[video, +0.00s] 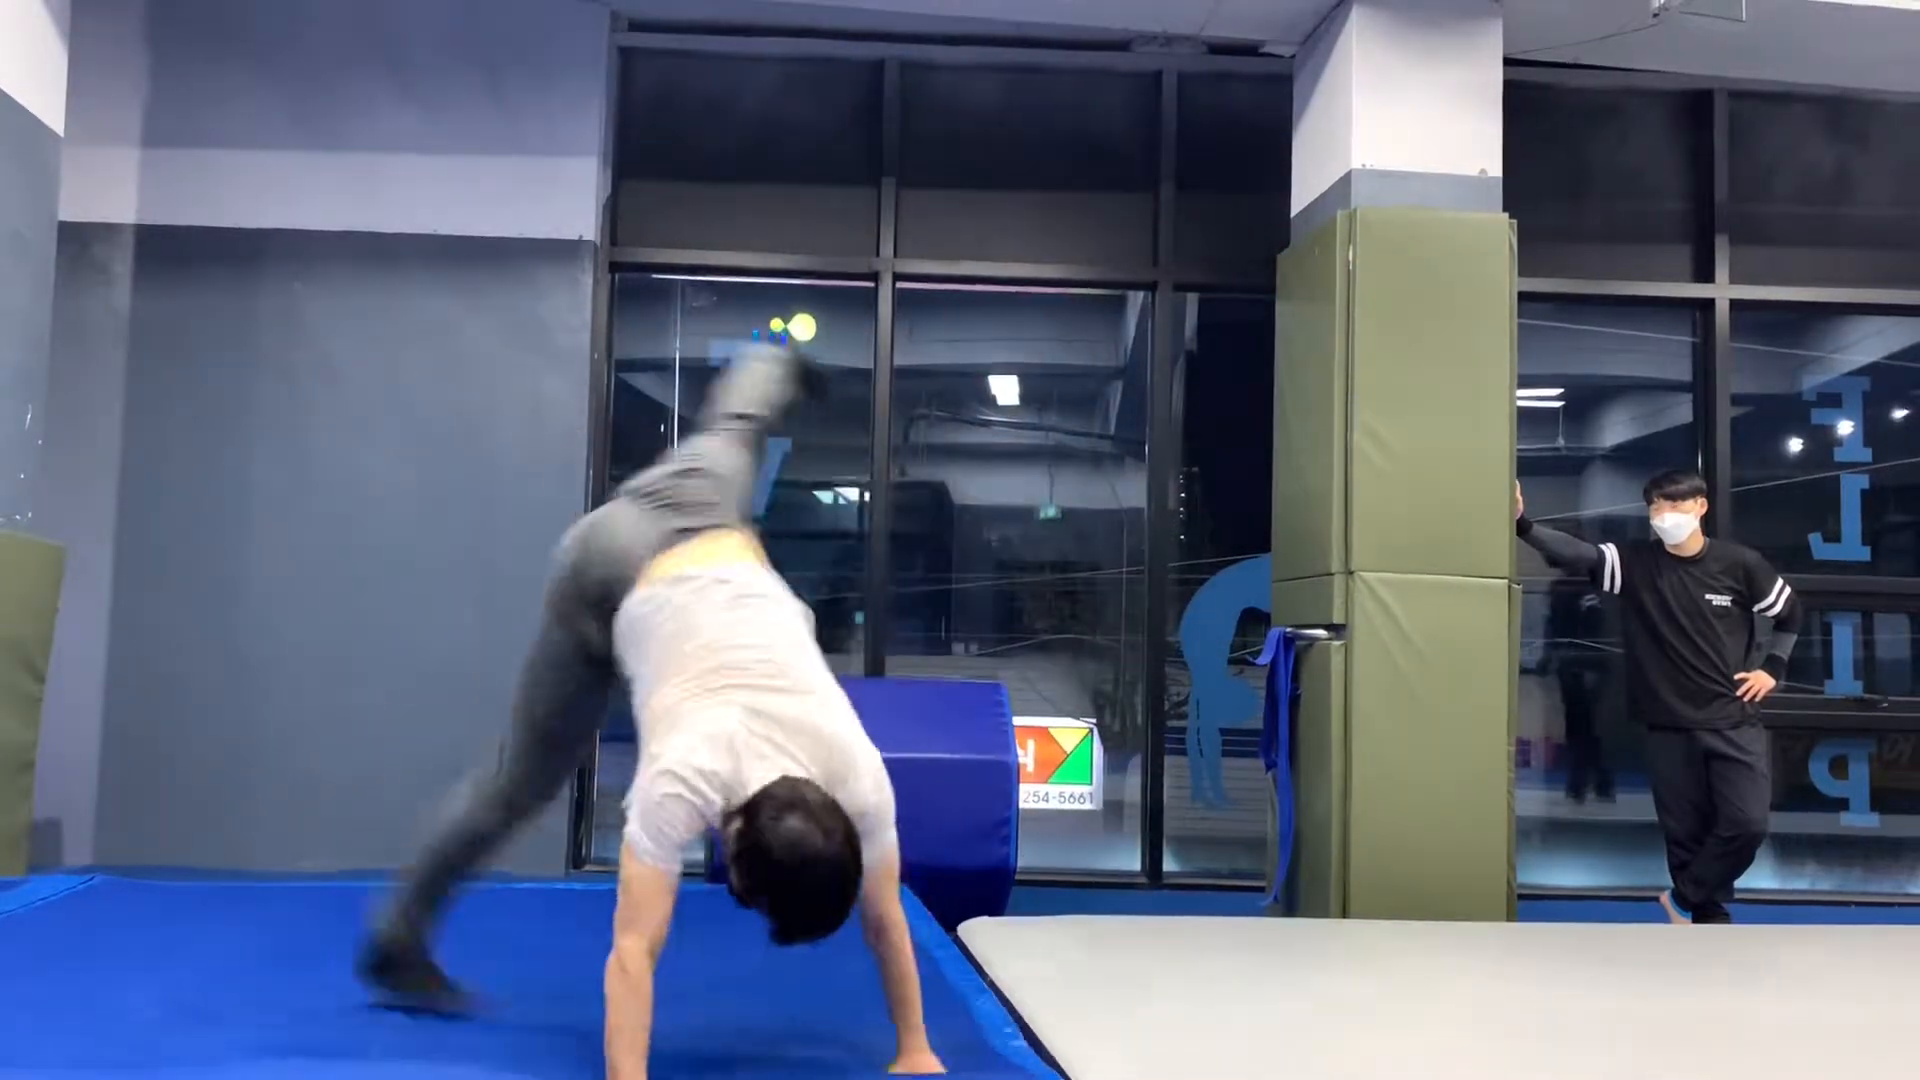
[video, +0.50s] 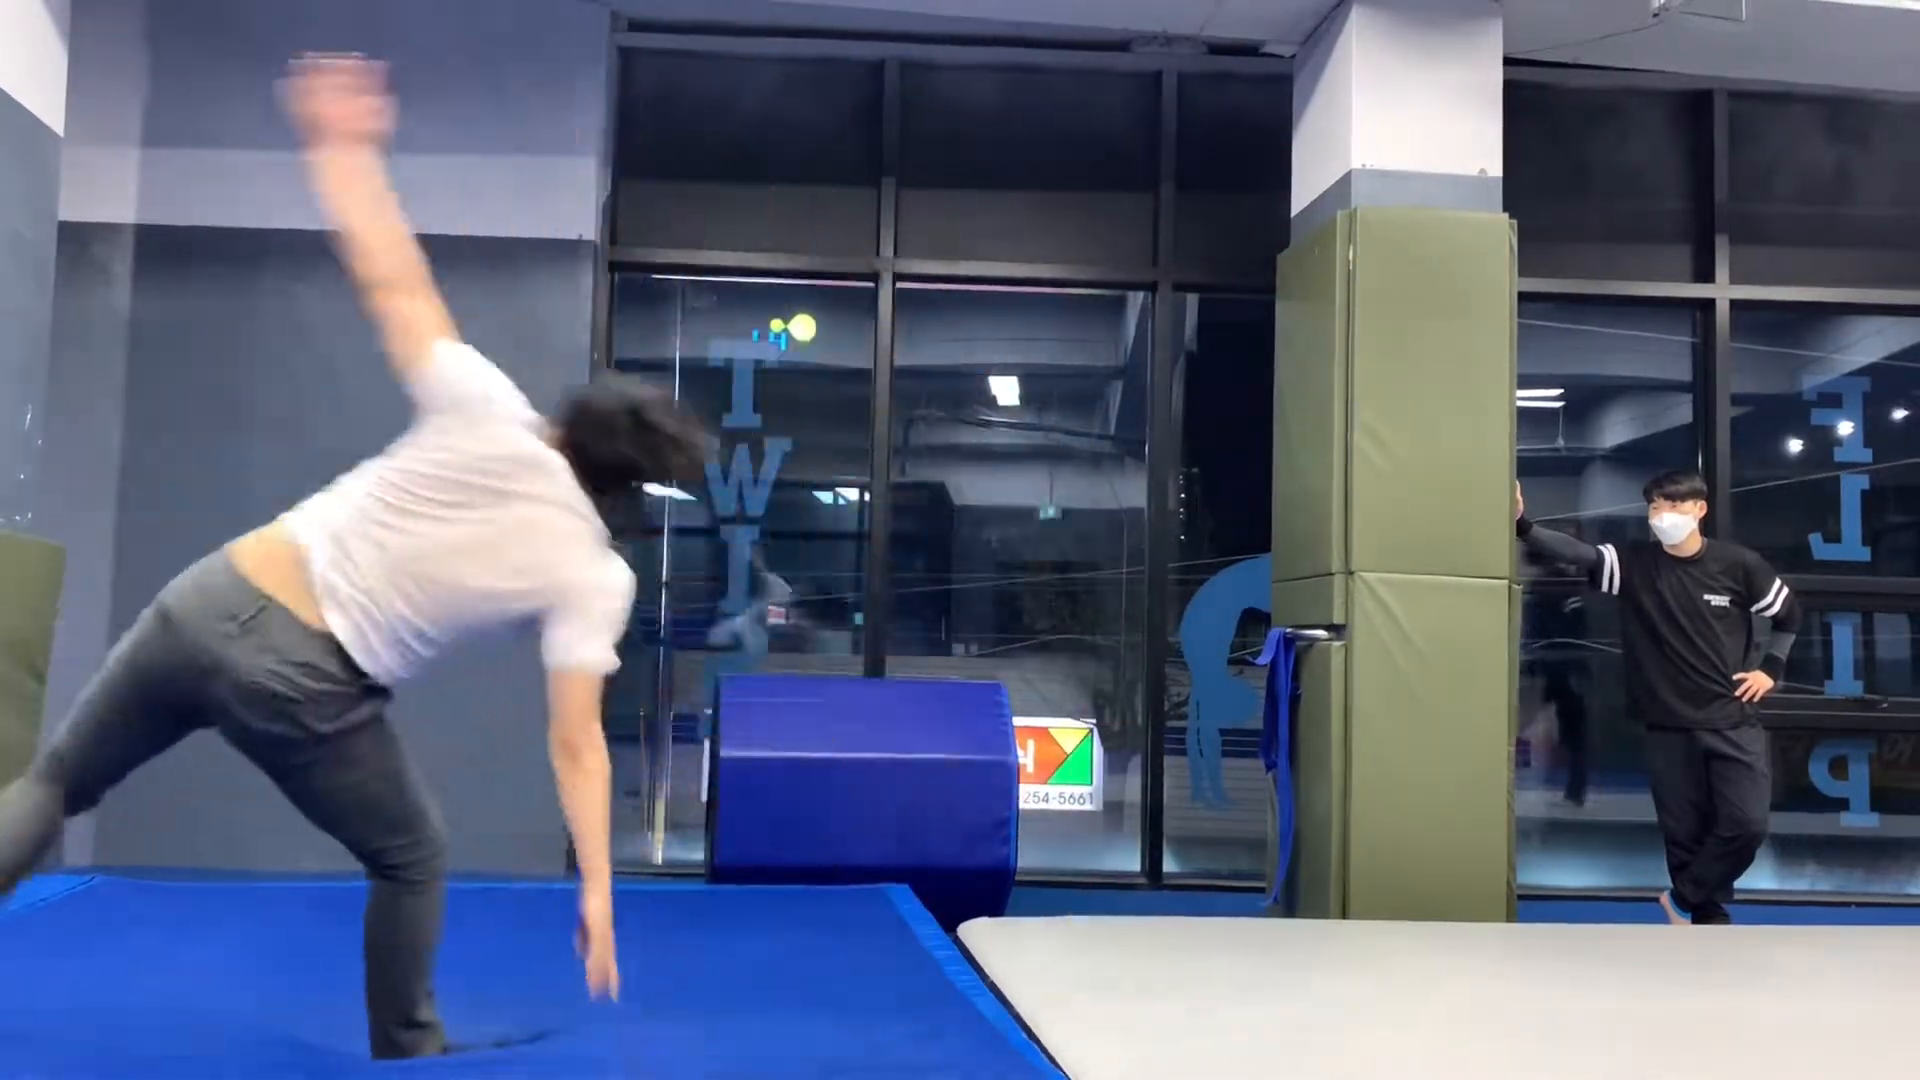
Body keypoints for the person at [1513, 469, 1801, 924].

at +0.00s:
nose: (1663, 511)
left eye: (1675, 501)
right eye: (1657, 502)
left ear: (1701, 507)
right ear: (1649, 510)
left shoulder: (1741, 564)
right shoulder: (1634, 562)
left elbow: (1790, 615)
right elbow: (1576, 553)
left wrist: (1771, 669)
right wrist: (1523, 525)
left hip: (1733, 719)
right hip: (1668, 724)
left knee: (1748, 824)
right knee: (1683, 834)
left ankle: (1685, 899)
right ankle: (1716, 930)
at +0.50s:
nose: (1661, 512)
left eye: (1674, 503)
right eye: (1656, 503)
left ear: (1699, 510)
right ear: (1649, 509)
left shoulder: (1738, 564)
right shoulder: (1633, 562)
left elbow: (1789, 614)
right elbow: (1577, 553)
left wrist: (1770, 669)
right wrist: (1524, 527)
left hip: (1732, 719)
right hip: (1668, 723)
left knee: (1748, 825)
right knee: (1683, 834)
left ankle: (1684, 899)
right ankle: (1716, 932)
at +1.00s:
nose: (1655, 522)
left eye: (1665, 511)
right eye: (1647, 513)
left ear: (1689, 513)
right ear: (1637, 517)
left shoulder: (1726, 565)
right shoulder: (1628, 558)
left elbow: (1780, 610)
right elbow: (1578, 544)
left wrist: (1768, 665)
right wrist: (1531, 516)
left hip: (1725, 721)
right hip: (1662, 724)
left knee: (1742, 824)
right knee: (1677, 834)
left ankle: (1679, 901)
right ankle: (1709, 927)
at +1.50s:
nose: (1649, 525)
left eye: (1660, 515)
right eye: (1643, 516)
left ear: (1687, 514)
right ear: (1637, 518)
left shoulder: (1728, 567)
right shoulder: (1627, 559)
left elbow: (1770, 616)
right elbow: (1579, 545)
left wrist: (1757, 664)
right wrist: (1531, 517)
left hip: (1723, 719)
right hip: (1660, 723)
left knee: (1742, 823)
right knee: (1676, 831)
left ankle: (1676, 900)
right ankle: (1709, 923)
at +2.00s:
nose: (1650, 524)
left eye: (1661, 514)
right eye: (1644, 515)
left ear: (1689, 515)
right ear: (1638, 517)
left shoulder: (1727, 567)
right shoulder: (1627, 558)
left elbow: (1768, 618)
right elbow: (1578, 545)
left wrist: (1756, 666)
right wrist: (1531, 517)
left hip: (1723, 719)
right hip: (1660, 724)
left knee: (1742, 824)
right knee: (1675, 833)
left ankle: (1676, 901)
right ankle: (1710, 926)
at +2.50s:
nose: (1650, 525)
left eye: (1663, 516)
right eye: (1646, 515)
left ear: (1691, 518)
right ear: (1640, 517)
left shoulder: (1726, 569)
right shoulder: (1627, 559)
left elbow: (1768, 619)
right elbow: (1578, 545)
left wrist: (1755, 669)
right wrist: (1531, 517)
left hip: (1722, 720)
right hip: (1659, 724)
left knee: (1741, 824)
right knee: (1675, 833)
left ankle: (1676, 900)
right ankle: (1709, 924)